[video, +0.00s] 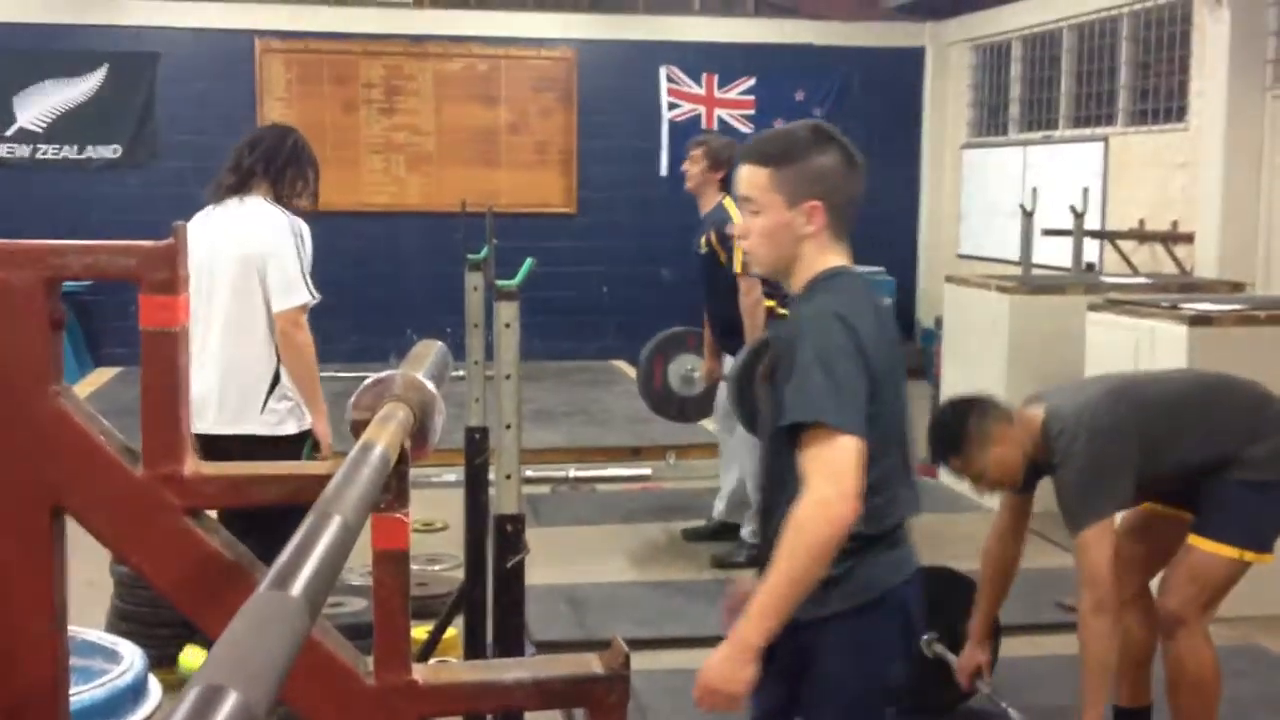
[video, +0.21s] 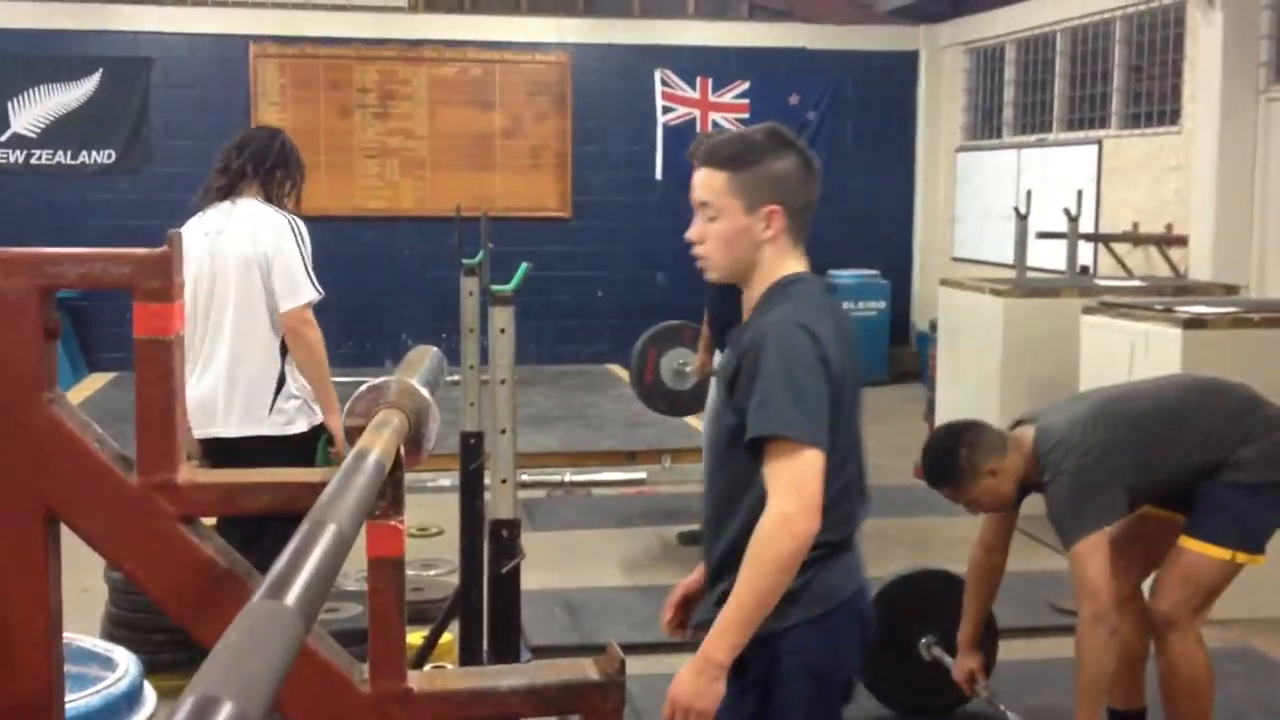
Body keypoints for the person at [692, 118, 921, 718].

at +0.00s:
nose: (739, 228)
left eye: (752, 210)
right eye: (741, 210)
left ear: (809, 217)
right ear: (812, 220)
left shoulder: (822, 322)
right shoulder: (854, 302)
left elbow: (833, 498)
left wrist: (743, 646)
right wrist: (773, 582)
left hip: (839, 616)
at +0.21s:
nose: (692, 232)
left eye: (708, 213)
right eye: (695, 213)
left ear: (768, 222)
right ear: (768, 223)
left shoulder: (784, 330)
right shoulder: (797, 309)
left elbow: (795, 513)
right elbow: (779, 481)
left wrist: (711, 661)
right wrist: (716, 570)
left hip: (790, 636)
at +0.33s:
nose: (671, 241)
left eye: (691, 222)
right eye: (673, 222)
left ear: (751, 230)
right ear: (749, 231)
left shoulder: (771, 336)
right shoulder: (751, 323)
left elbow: (780, 521)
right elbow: (738, 494)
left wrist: (706, 671)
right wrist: (686, 607)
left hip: (761, 641)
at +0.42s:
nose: (656, 247)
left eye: (678, 229)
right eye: (658, 227)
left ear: (738, 235)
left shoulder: (758, 344)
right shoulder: (730, 331)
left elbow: (768, 527)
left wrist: (699, 677)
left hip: (738, 648)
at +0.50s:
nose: (641, 254)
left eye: (663, 236)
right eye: (637, 235)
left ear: (722, 244)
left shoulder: (743, 351)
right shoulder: (704, 340)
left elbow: (756, 535)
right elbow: (697, 516)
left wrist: (687, 686)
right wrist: (646, 649)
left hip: (716, 664)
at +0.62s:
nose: (607, 262)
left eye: (631, 244)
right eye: (602, 243)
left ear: (688, 252)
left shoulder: (706, 358)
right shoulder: (658, 347)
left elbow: (728, 538)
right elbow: (656, 523)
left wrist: (663, 691)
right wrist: (611, 657)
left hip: (678, 673)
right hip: (635, 662)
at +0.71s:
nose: (590, 263)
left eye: (614, 243)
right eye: (582, 243)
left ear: (669, 254)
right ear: (572, 246)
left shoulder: (677, 361)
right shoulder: (621, 355)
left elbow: (703, 534)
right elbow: (622, 521)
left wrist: (643, 693)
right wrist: (584, 661)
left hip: (642, 680)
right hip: (597, 666)